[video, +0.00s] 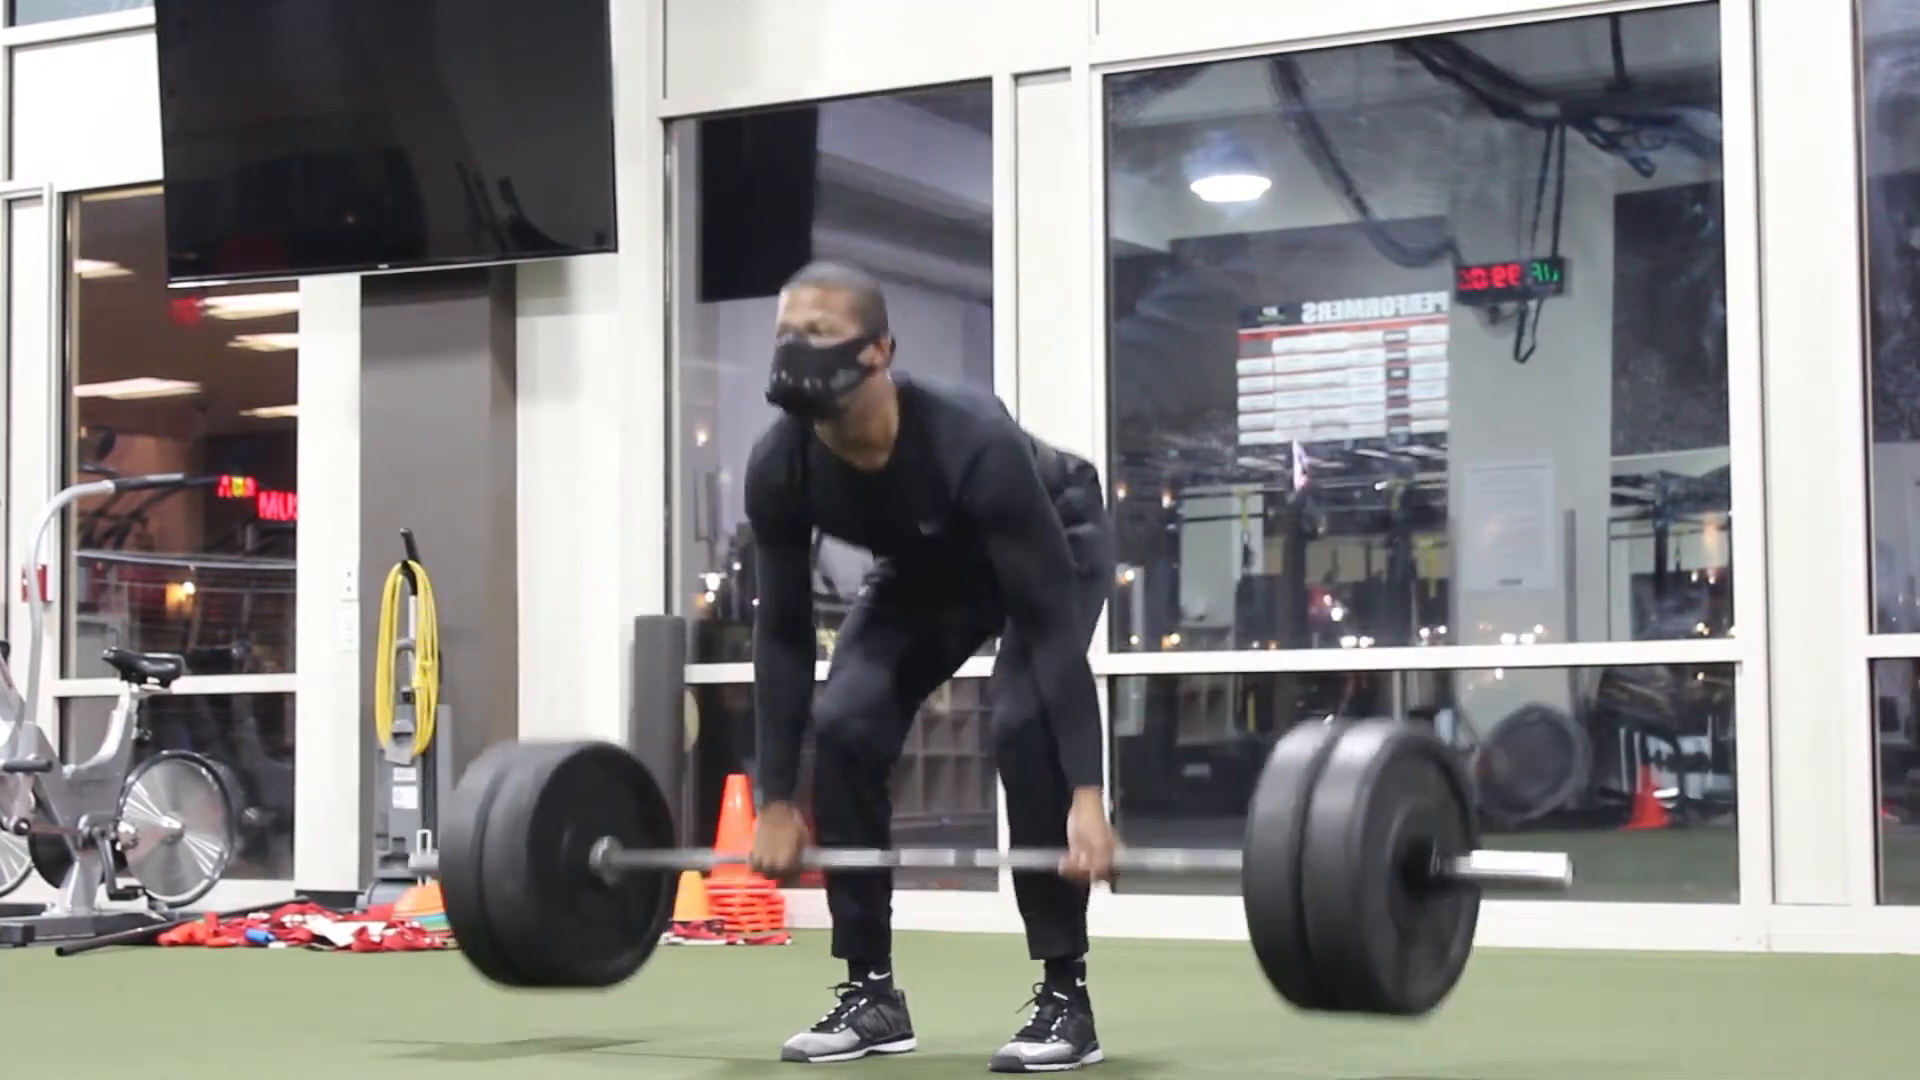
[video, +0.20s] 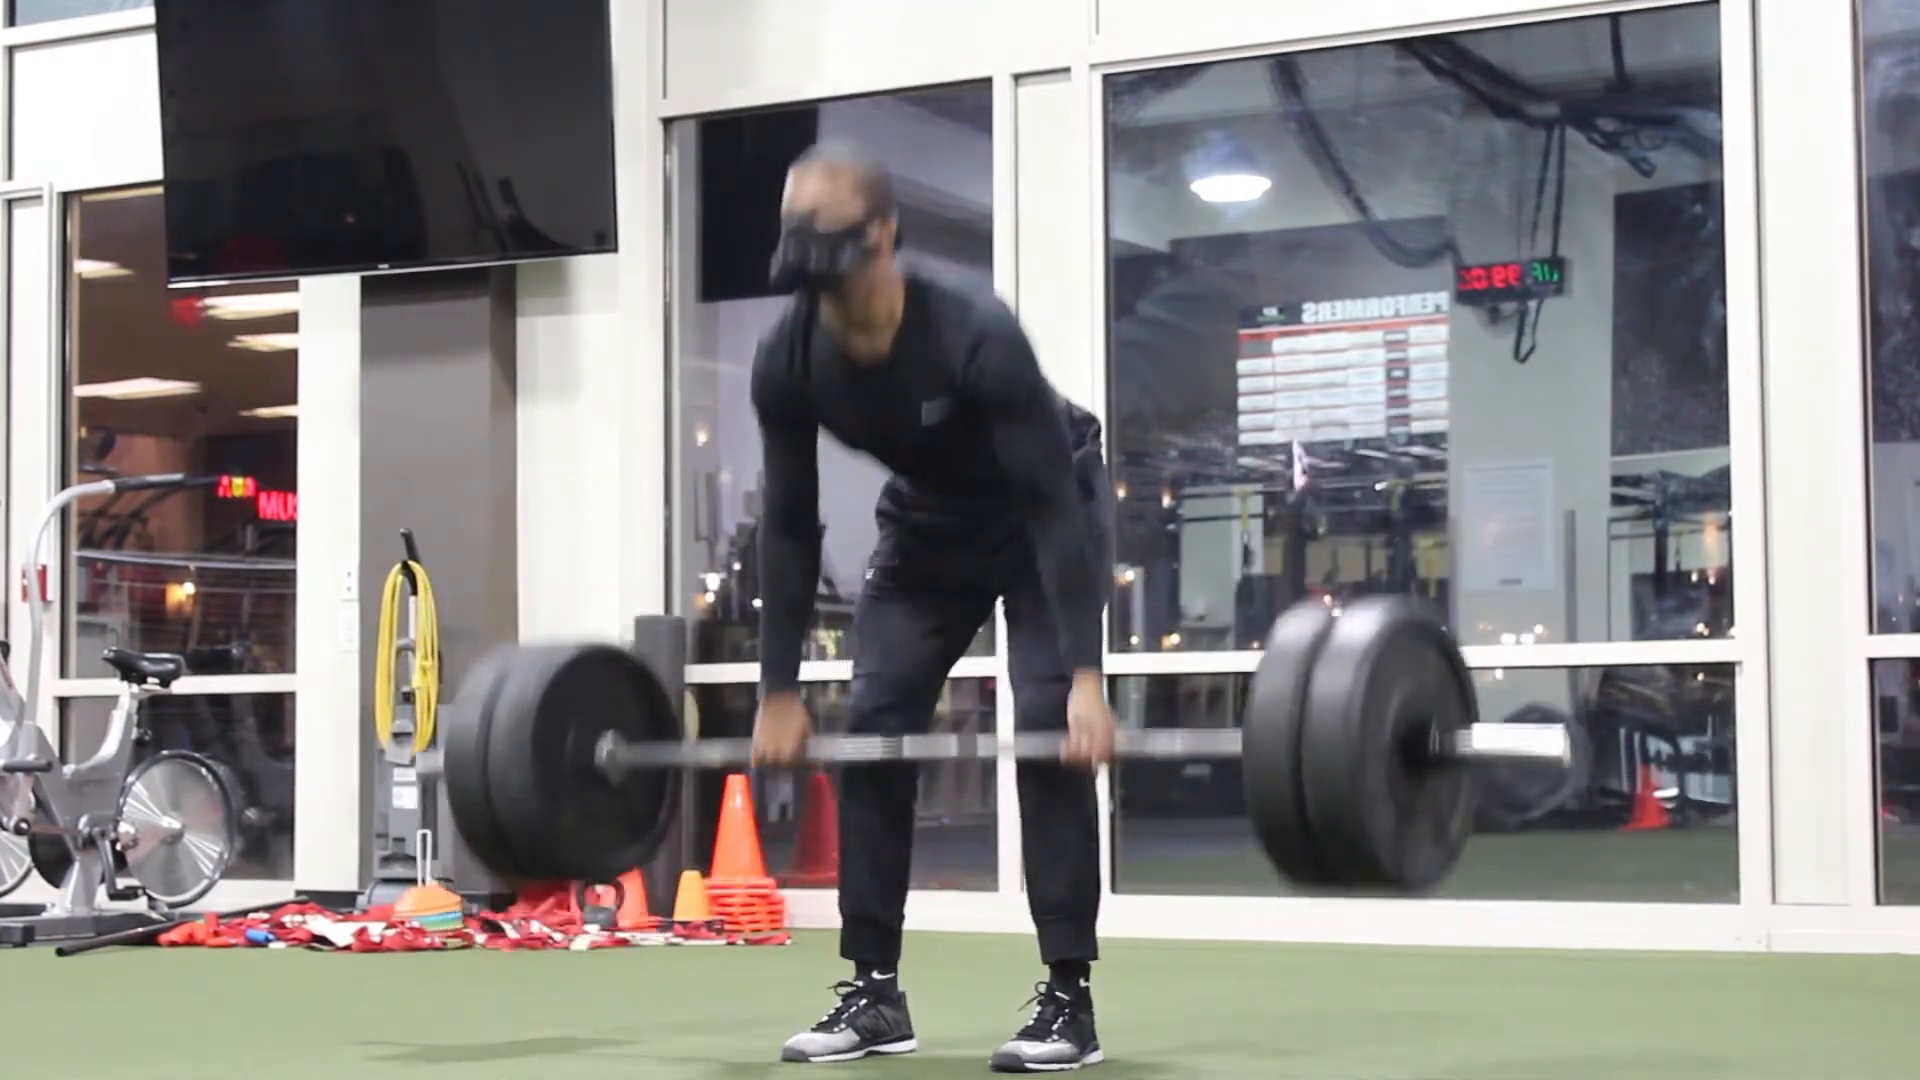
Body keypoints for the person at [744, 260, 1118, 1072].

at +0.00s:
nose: (793, 353)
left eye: (816, 338)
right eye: (784, 337)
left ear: (879, 353)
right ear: (775, 346)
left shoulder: (976, 444)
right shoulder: (780, 468)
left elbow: (1055, 623)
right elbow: (782, 632)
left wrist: (1088, 795)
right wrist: (775, 800)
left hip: (1046, 539)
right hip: (930, 564)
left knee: (1022, 726)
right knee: (842, 729)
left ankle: (1063, 999)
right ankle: (871, 996)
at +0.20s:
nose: (812, 255)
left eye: (832, 236)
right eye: (801, 236)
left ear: (883, 236)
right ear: (787, 240)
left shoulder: (979, 335)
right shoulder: (788, 361)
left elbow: (1057, 503)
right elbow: (789, 525)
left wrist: (1084, 677)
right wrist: (779, 688)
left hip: (1042, 507)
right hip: (927, 512)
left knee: (1048, 735)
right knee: (873, 730)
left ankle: (1067, 997)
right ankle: (873, 992)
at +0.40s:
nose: (849, 99)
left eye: (869, 81)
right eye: (838, 82)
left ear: (919, 84)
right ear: (827, 90)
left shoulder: (997, 202)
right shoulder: (809, 222)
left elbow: (1065, 374)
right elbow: (802, 394)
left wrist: (1088, 535)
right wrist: (783, 548)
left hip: (1025, 471)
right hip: (910, 467)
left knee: (1035, 728)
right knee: (884, 723)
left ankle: (1064, 998)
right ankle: (875, 990)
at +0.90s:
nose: (828, 197)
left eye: (853, 181)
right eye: (821, 178)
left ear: (914, 187)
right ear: (812, 181)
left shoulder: (997, 308)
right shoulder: (812, 327)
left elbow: (1053, 491)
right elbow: (797, 502)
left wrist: (1074, 665)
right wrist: (767, 674)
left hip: (1058, 511)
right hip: (945, 518)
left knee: (1057, 739)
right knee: (876, 729)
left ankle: (1067, 997)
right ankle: (873, 992)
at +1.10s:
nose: (811, 360)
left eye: (833, 342)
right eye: (802, 340)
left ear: (891, 348)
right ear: (790, 340)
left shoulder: (982, 446)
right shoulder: (794, 473)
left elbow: (1053, 630)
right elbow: (786, 644)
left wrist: (1079, 808)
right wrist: (768, 814)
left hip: (1050, 560)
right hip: (933, 578)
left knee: (1014, 729)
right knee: (835, 737)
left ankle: (1062, 1001)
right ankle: (871, 999)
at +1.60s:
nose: (803, 224)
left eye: (825, 208)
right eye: (794, 206)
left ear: (881, 214)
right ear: (782, 212)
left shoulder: (974, 318)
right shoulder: (786, 347)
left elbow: (1048, 489)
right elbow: (786, 510)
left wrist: (1078, 663)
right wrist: (773, 676)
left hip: (1039, 501)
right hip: (924, 509)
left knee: (1042, 736)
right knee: (867, 729)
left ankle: (1065, 999)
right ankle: (873, 993)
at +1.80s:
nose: (845, 74)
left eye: (868, 55)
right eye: (835, 57)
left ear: (920, 68)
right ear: (828, 74)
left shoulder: (996, 191)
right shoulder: (807, 210)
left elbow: (1058, 367)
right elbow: (797, 386)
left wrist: (1080, 528)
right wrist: (776, 542)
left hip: (1015, 469)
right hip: (900, 469)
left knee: (1030, 733)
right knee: (881, 727)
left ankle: (1064, 997)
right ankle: (875, 992)